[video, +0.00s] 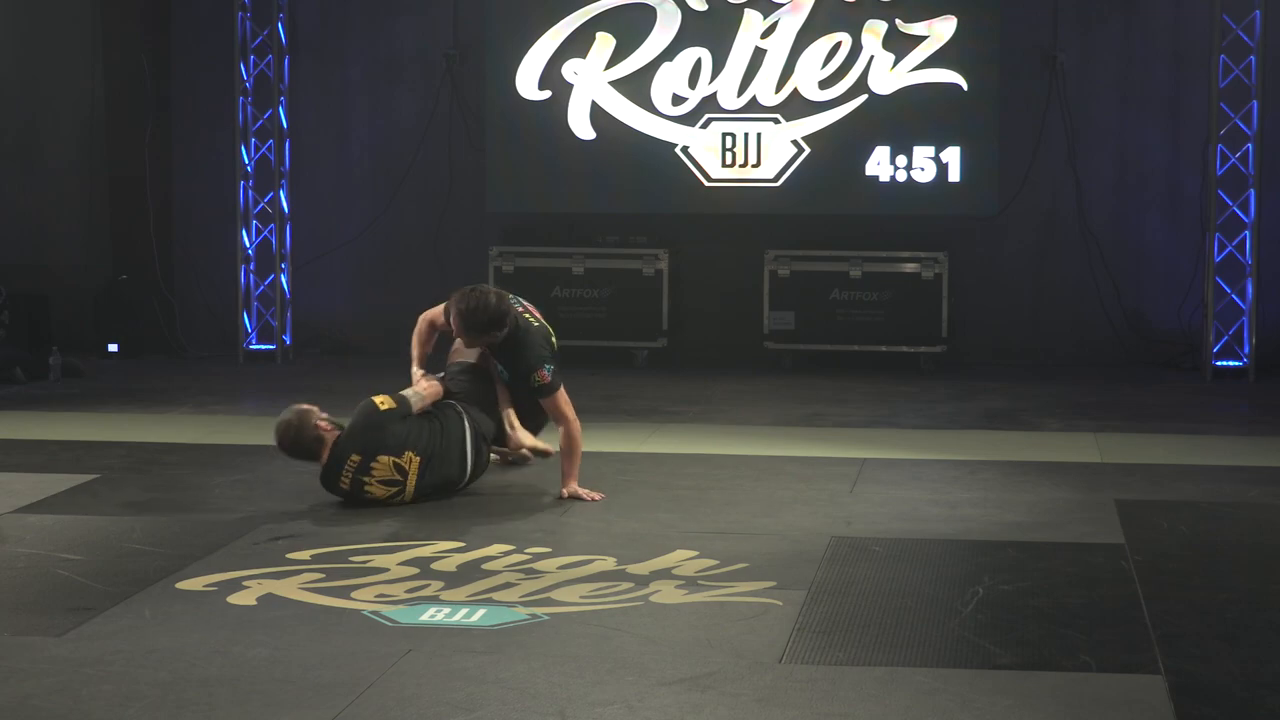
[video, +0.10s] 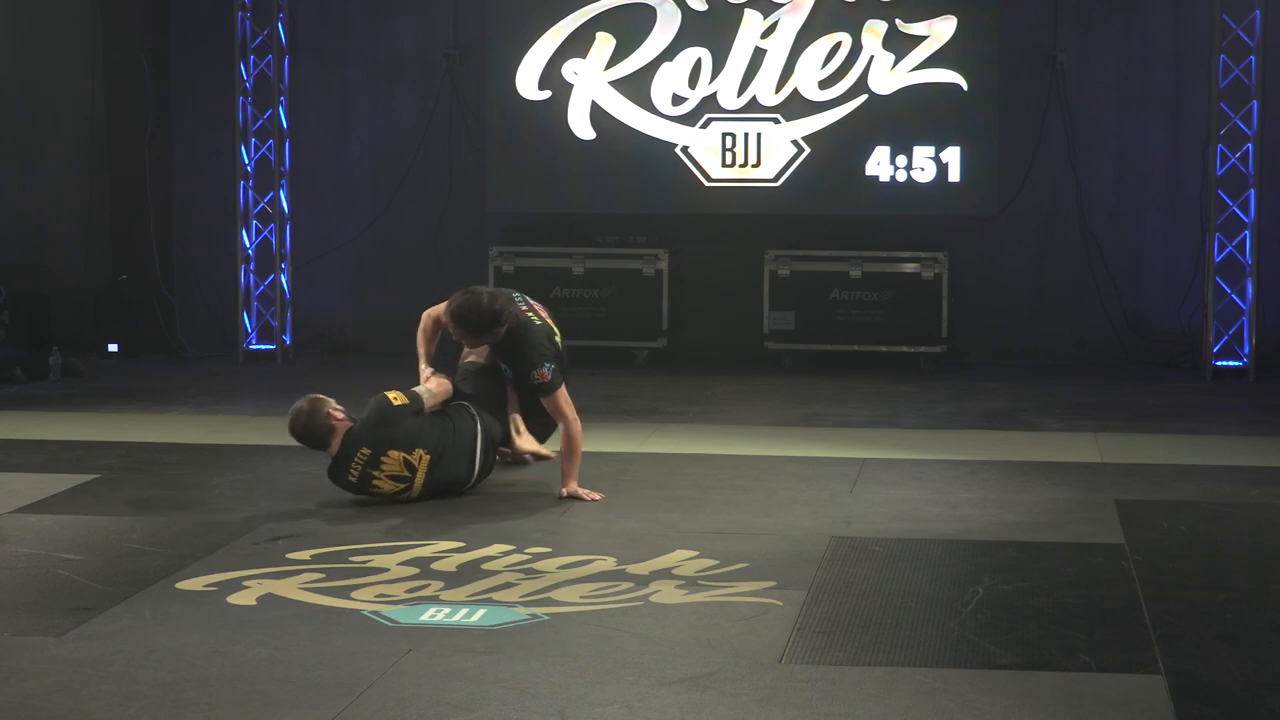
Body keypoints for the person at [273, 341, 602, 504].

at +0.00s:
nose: (328, 414)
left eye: (320, 411)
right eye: (322, 414)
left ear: (302, 453)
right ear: (322, 425)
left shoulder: (337, 488)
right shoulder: (369, 417)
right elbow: (434, 390)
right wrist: (415, 389)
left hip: (467, 473)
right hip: (463, 423)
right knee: (470, 342)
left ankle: (504, 446)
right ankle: (512, 432)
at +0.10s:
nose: (340, 405)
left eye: (335, 403)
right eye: (336, 403)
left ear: (314, 447)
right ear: (337, 412)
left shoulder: (341, 477)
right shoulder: (381, 409)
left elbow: (389, 465)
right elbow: (441, 390)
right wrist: (432, 383)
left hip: (473, 476)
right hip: (472, 426)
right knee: (478, 356)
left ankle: (511, 450)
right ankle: (517, 430)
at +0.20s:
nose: (348, 405)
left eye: (341, 403)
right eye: (343, 404)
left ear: (324, 446)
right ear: (344, 413)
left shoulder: (352, 478)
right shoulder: (390, 406)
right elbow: (448, 382)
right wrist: (432, 374)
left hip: (477, 470)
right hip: (481, 419)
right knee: (480, 348)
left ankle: (514, 452)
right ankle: (521, 423)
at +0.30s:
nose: (353, 408)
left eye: (346, 407)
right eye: (348, 409)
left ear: (334, 451)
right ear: (352, 417)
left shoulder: (360, 481)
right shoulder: (398, 411)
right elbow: (446, 382)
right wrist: (435, 371)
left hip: (480, 465)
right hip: (480, 414)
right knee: (478, 347)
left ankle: (515, 452)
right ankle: (527, 412)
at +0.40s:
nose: (346, 419)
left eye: (337, 418)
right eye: (341, 420)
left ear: (332, 468)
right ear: (347, 432)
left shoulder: (366, 490)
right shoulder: (393, 418)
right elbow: (435, 383)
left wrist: (428, 389)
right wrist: (430, 372)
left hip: (484, 464)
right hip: (480, 412)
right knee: (469, 333)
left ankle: (505, 444)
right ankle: (528, 407)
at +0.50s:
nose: (334, 423)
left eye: (326, 422)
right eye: (329, 424)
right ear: (336, 434)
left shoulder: (364, 490)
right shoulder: (385, 418)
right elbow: (434, 379)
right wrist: (426, 368)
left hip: (483, 464)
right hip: (476, 413)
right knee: (473, 325)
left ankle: (503, 436)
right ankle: (533, 408)